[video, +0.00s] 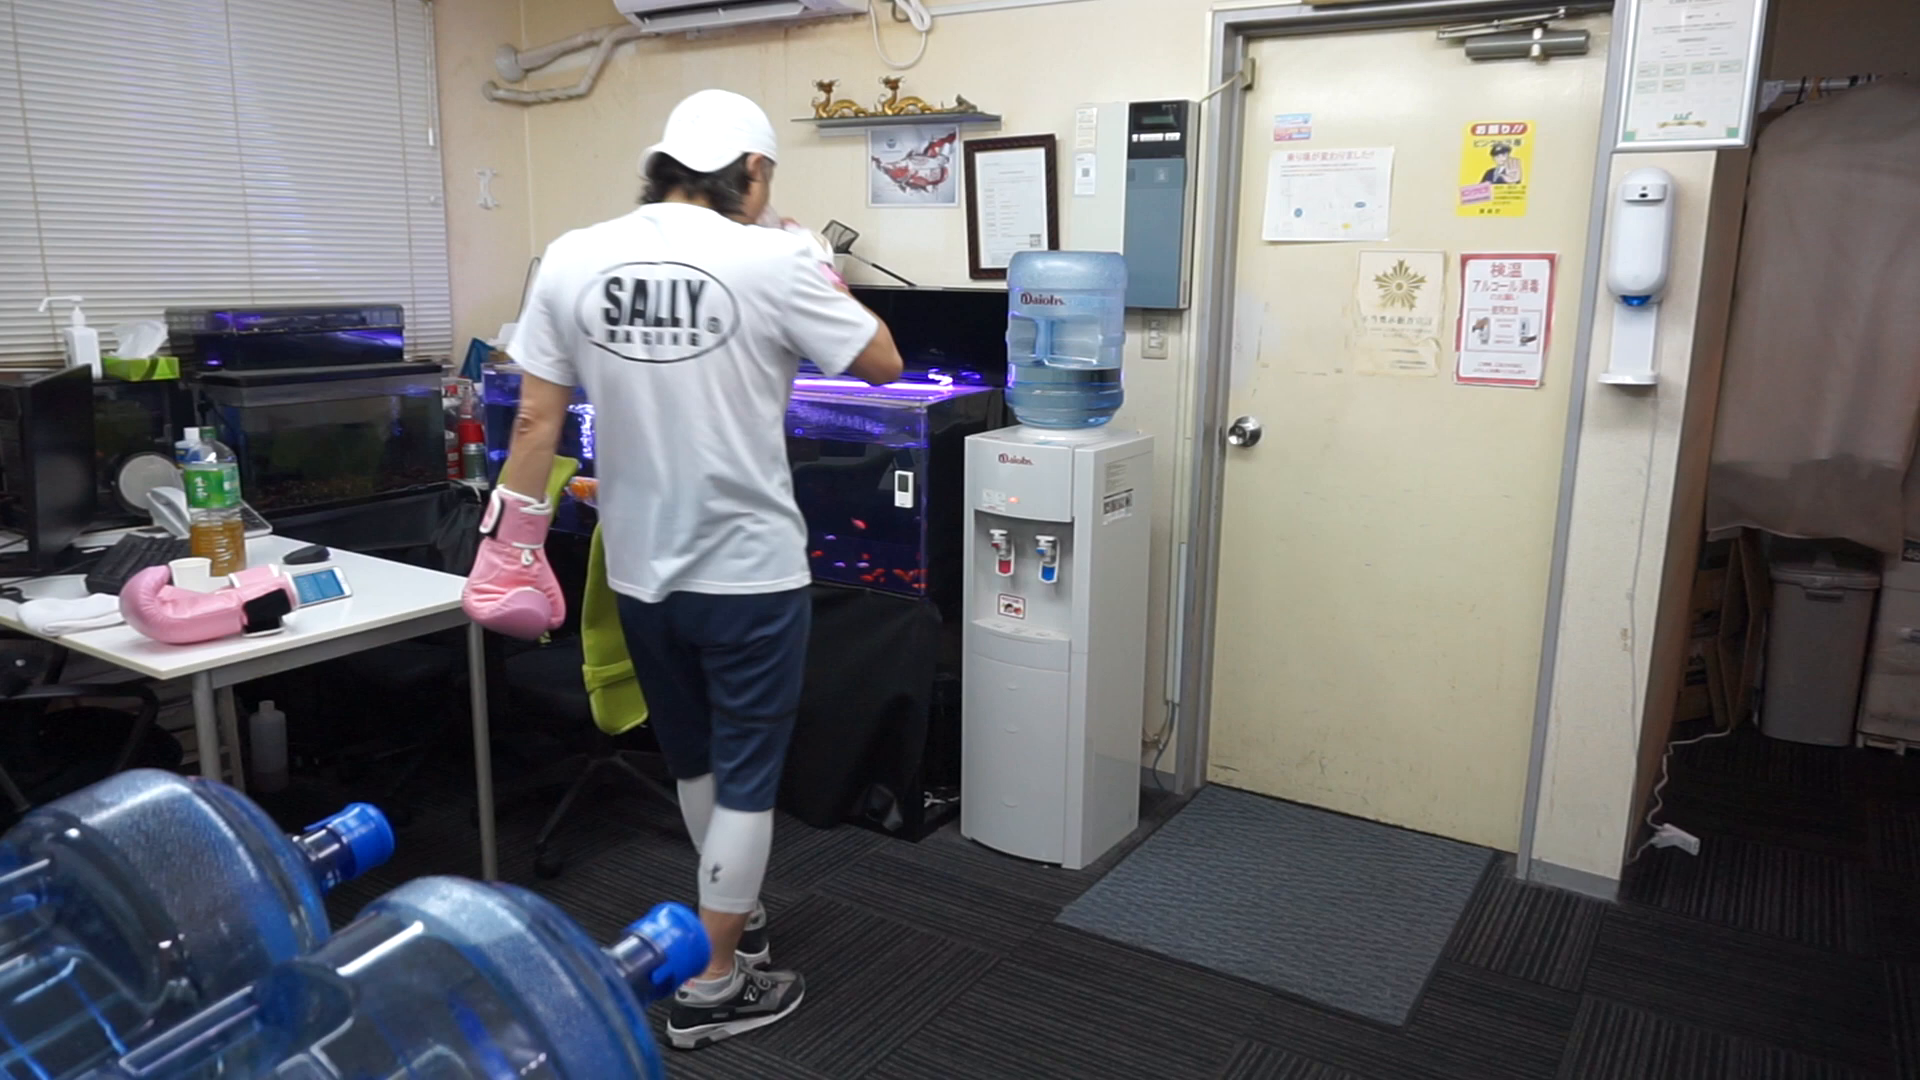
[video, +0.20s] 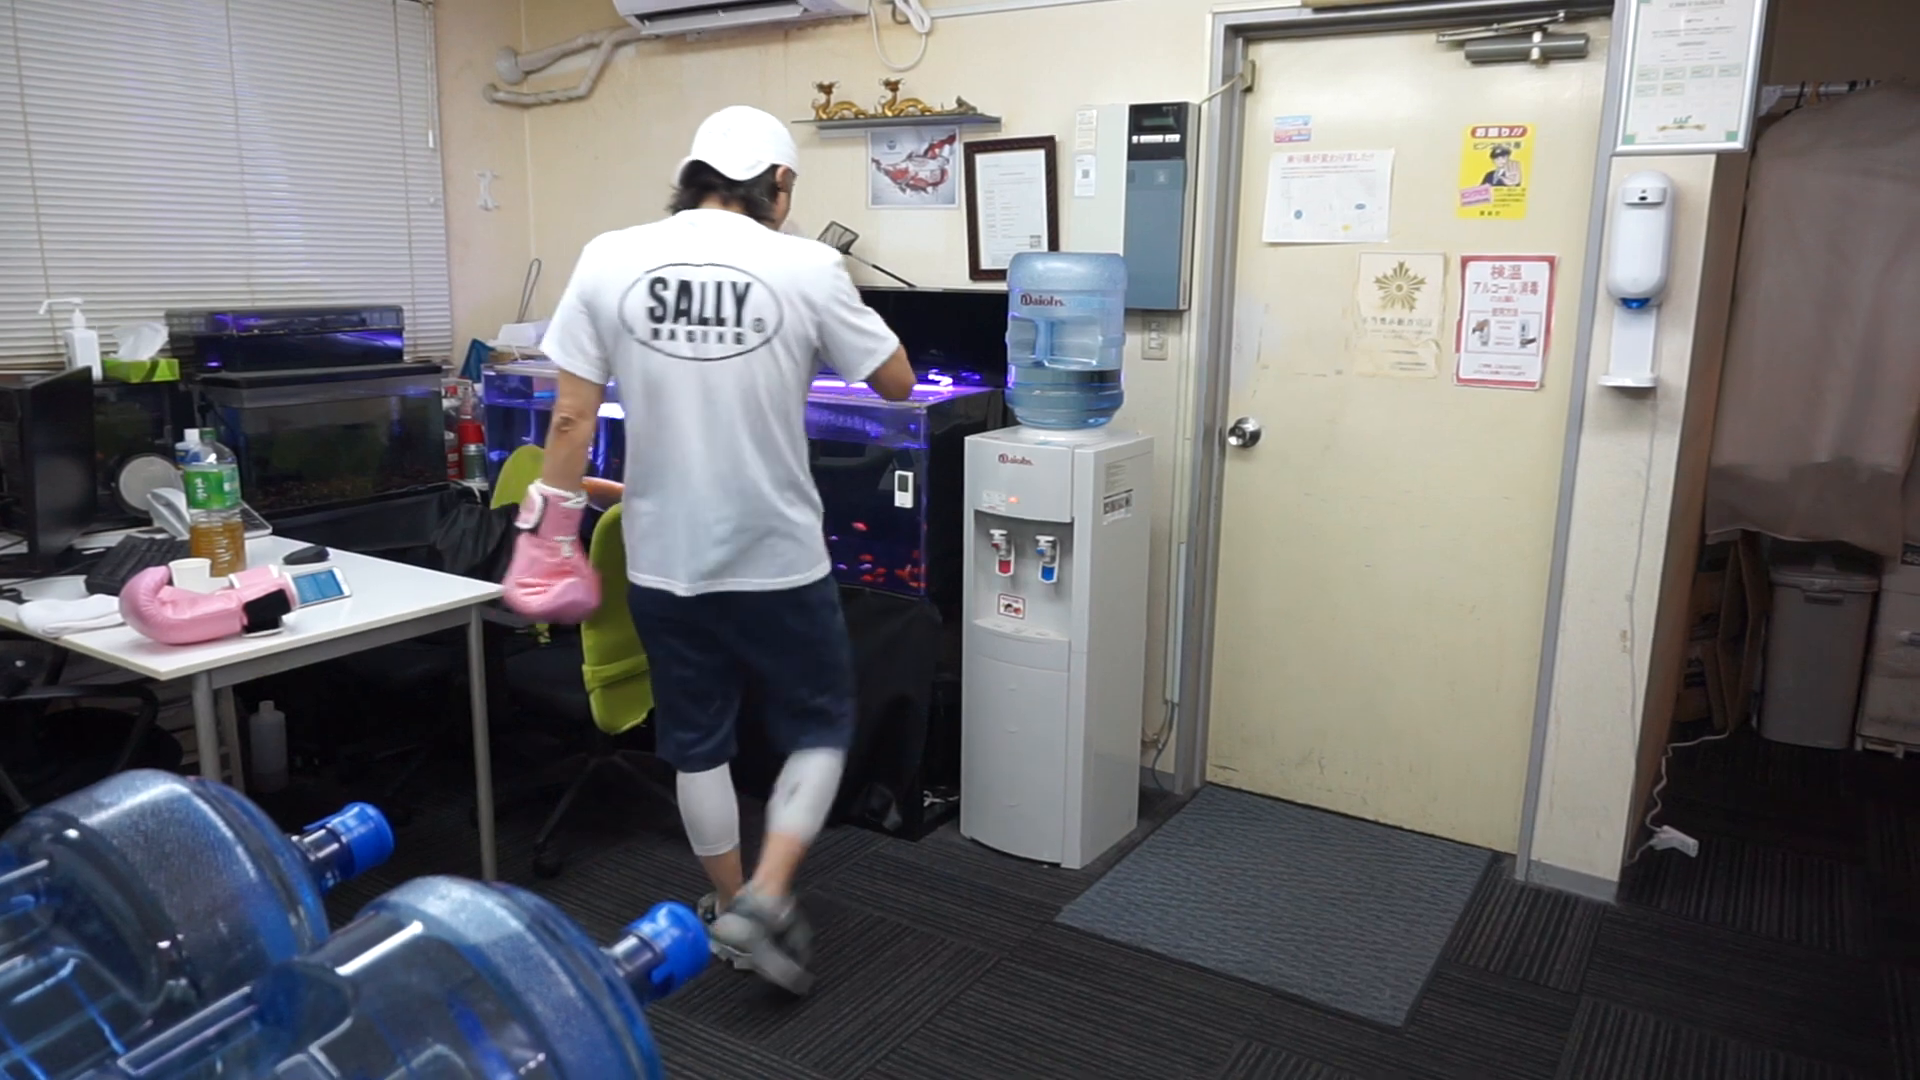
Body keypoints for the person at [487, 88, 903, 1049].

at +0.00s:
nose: (769, 194)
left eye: (770, 181)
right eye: (768, 179)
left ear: (662, 169)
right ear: (749, 173)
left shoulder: (571, 260)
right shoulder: (769, 263)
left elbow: (539, 423)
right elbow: (882, 364)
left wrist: (508, 548)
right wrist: (811, 265)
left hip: (638, 567)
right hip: (748, 565)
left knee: (691, 755)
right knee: (747, 770)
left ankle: (733, 912)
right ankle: (712, 985)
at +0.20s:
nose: (793, 201)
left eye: (790, 189)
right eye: (791, 188)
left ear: (689, 180)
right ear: (774, 186)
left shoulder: (608, 260)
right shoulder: (807, 268)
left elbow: (572, 418)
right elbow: (897, 381)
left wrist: (550, 544)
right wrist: (819, 306)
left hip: (662, 557)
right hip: (776, 554)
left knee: (697, 741)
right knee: (818, 718)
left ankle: (740, 921)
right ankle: (761, 897)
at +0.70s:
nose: (748, 177)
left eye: (746, 166)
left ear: (751, 167)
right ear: (830, 161)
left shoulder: (727, 235)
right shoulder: (893, 244)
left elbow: (690, 393)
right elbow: (944, 378)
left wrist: (654, 470)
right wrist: (872, 354)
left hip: (760, 529)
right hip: (866, 524)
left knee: (742, 711)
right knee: (877, 695)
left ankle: (741, 901)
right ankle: (895, 868)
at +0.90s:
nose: (772, 184)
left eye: (772, 174)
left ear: (781, 170)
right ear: (853, 166)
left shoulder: (767, 221)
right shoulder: (917, 246)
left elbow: (738, 368)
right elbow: (955, 382)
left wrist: (697, 487)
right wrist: (884, 365)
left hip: (785, 521)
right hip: (886, 521)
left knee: (756, 706)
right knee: (886, 688)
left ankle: (746, 897)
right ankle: (897, 865)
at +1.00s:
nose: (770, 186)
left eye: (770, 176)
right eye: (775, 175)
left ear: (778, 170)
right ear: (853, 165)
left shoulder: (777, 215)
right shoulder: (917, 244)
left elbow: (761, 357)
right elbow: (957, 377)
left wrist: (723, 479)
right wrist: (881, 368)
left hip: (792, 517)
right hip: (885, 519)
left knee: (760, 707)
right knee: (882, 688)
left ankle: (751, 897)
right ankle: (895, 864)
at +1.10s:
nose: (759, 187)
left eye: (760, 176)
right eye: (760, 176)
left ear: (773, 167)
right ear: (847, 163)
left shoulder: (779, 211)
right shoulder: (910, 240)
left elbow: (774, 353)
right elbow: (956, 379)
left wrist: (740, 478)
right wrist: (884, 377)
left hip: (798, 512)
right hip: (884, 515)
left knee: (759, 704)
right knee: (877, 684)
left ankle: (753, 898)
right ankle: (896, 862)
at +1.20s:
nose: (745, 190)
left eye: (746, 178)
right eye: (745, 179)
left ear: (765, 163)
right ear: (830, 163)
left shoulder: (774, 211)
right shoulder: (899, 239)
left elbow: (776, 355)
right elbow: (950, 374)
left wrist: (742, 481)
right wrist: (874, 355)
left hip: (796, 512)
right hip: (879, 513)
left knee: (760, 709)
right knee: (874, 686)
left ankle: (756, 903)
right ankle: (895, 863)